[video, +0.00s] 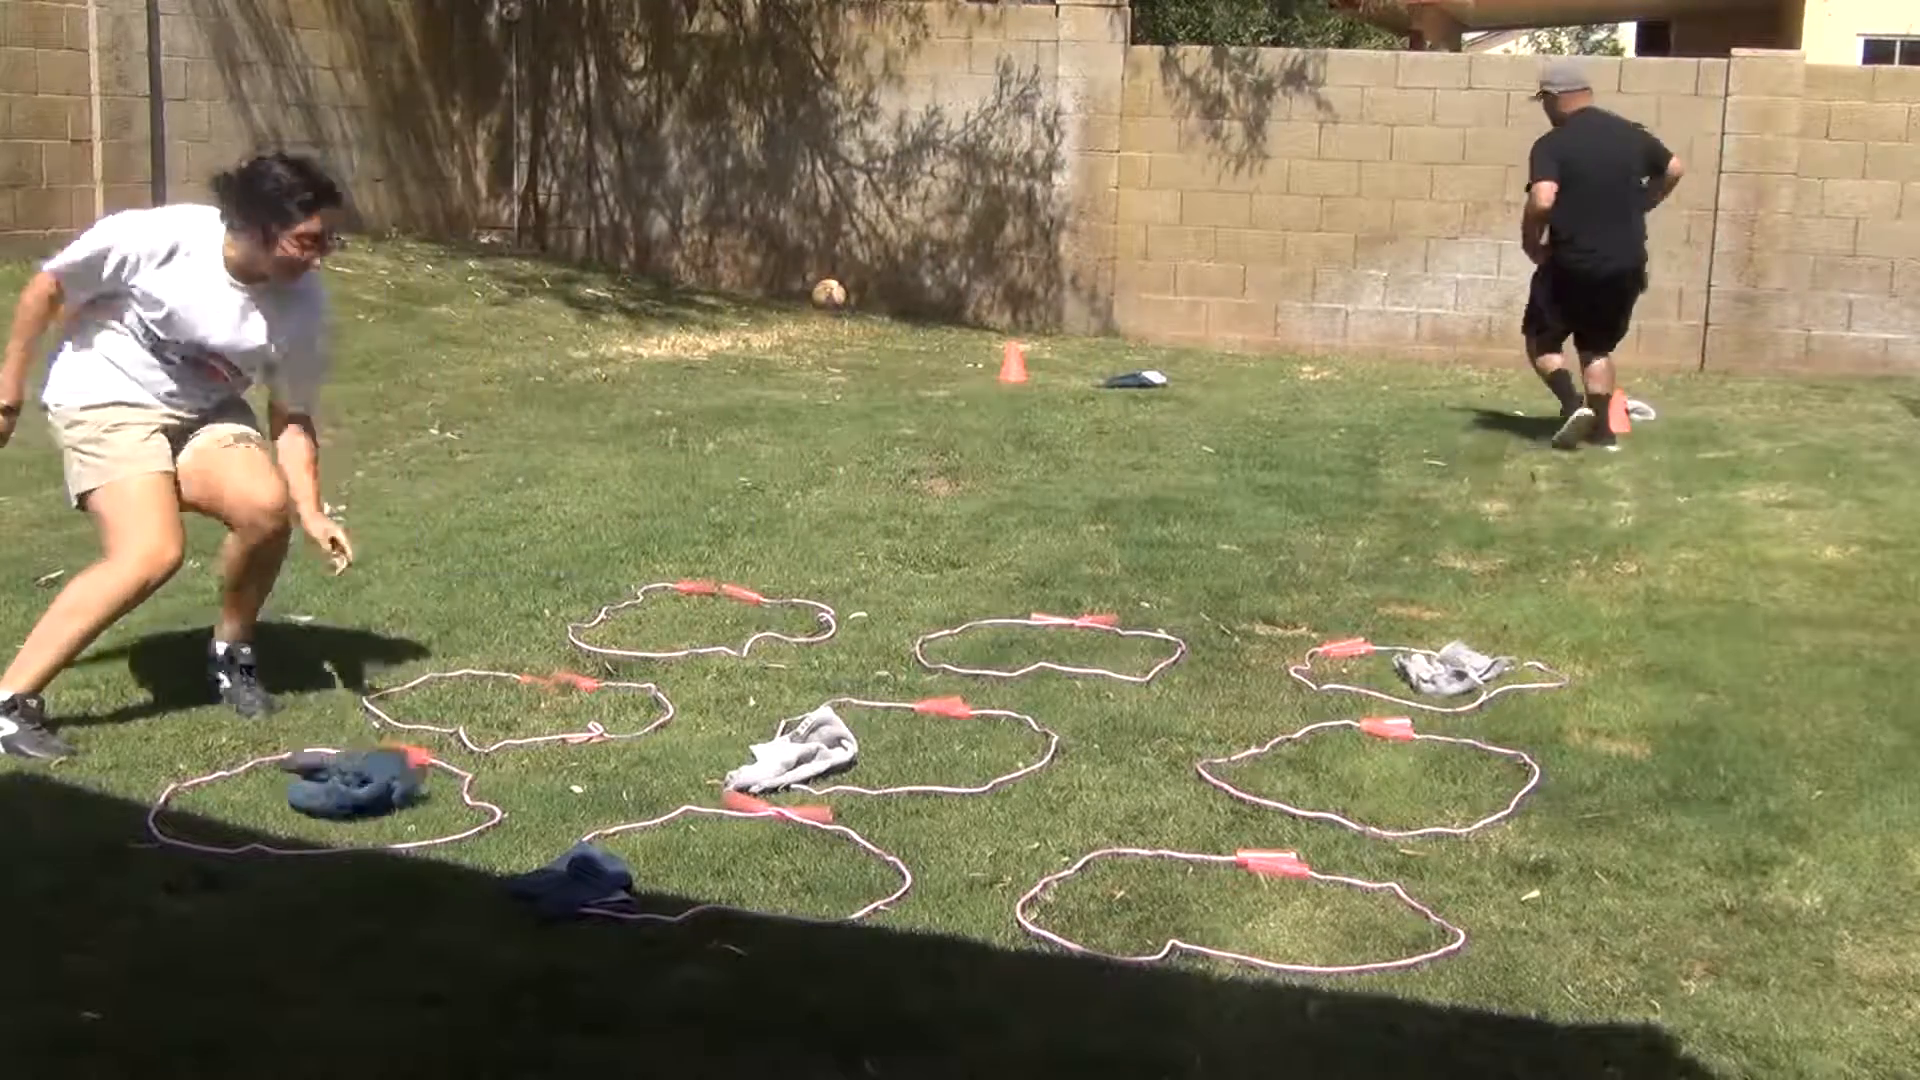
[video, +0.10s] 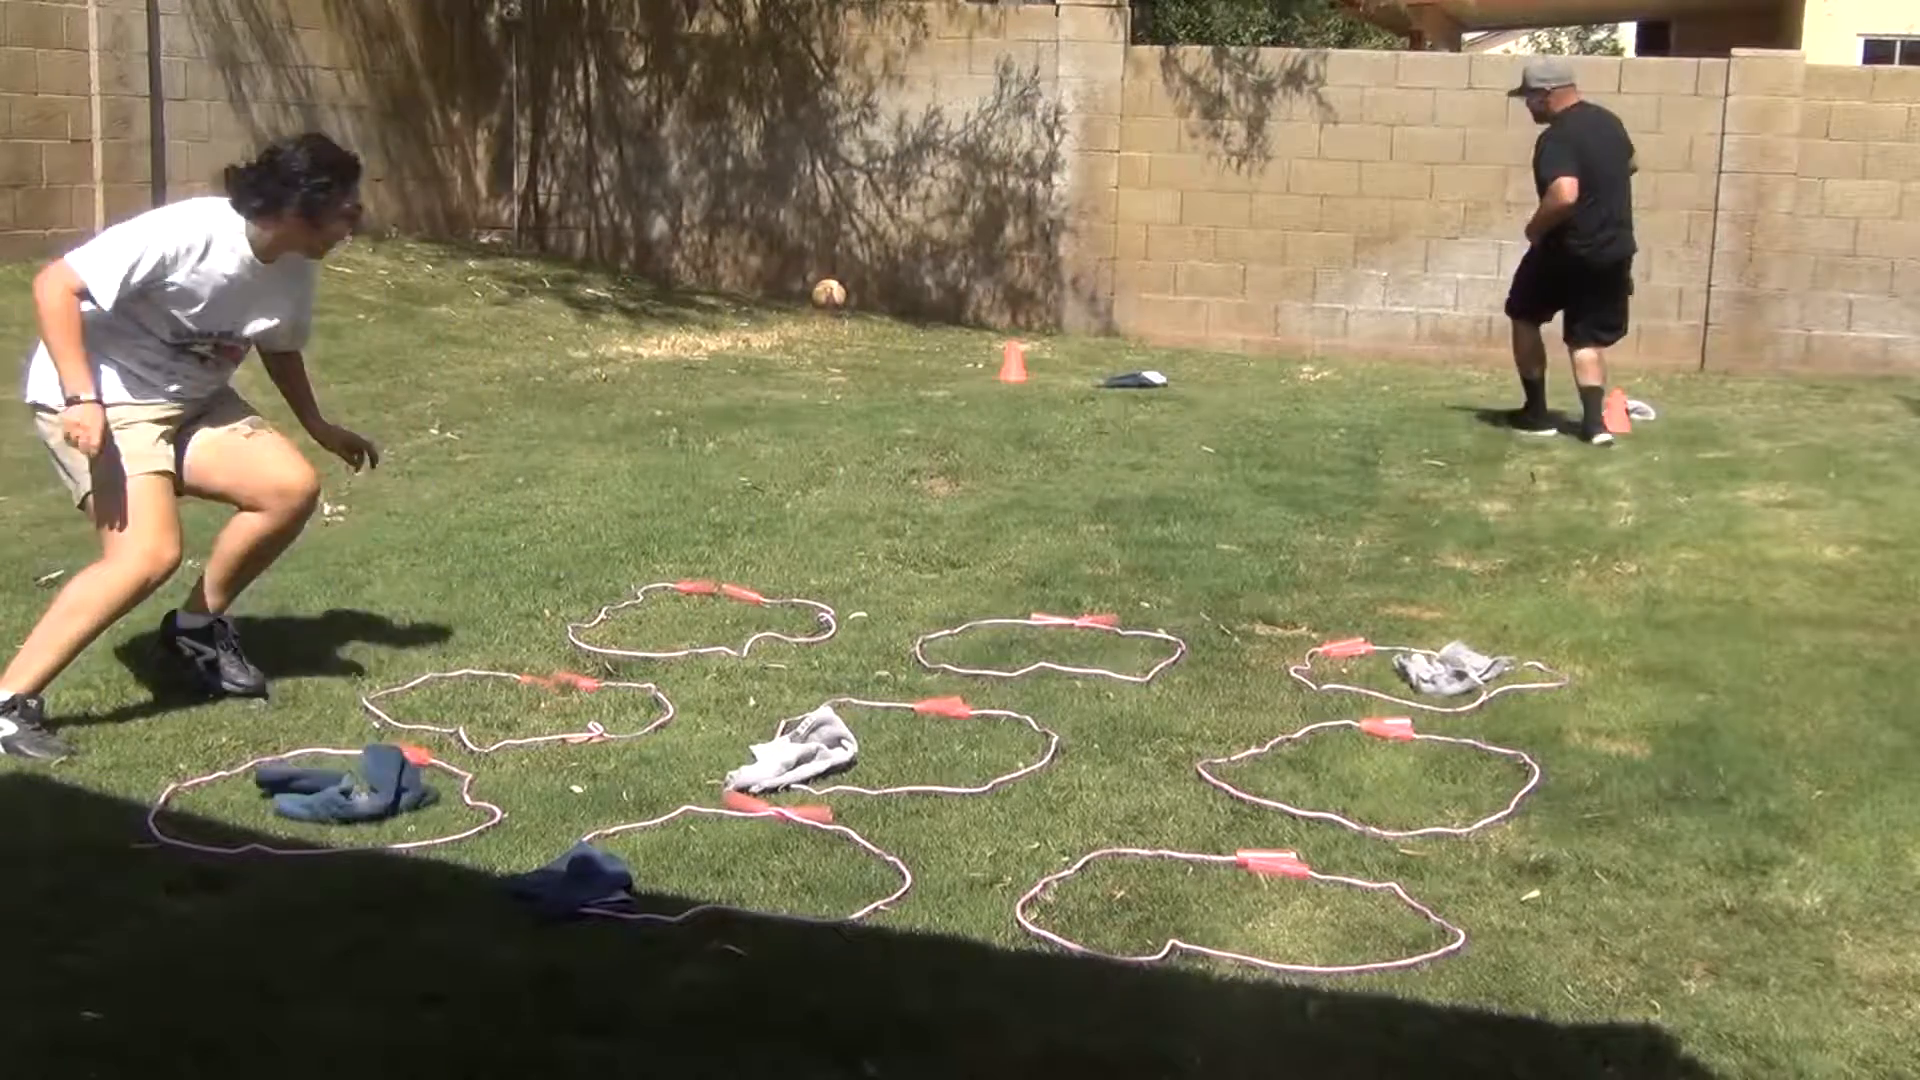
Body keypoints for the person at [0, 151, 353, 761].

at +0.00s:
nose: (320, 256)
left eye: (326, 241)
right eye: (309, 241)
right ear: (262, 228)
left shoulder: (302, 306)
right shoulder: (158, 239)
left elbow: (295, 418)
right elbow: (47, 285)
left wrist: (314, 513)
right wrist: (9, 393)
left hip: (207, 411)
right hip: (108, 396)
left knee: (269, 506)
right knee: (149, 552)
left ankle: (232, 652)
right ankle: (10, 699)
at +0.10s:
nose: (355, 224)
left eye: (354, 211)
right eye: (346, 212)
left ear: (299, 214)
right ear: (298, 212)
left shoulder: (294, 267)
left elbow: (280, 347)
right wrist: (81, 399)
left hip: (191, 399)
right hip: (104, 399)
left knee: (291, 489)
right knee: (149, 552)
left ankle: (197, 624)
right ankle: (9, 699)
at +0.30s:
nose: (385, 146)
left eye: (384, 131)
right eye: (381, 132)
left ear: (322, 119)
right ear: (360, 136)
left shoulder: (311, 192)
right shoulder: (274, 176)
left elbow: (256, 287)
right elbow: (192, 264)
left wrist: (282, 347)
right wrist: (264, 352)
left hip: (215, 363)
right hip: (166, 351)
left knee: (270, 507)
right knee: (144, 511)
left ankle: (137, 613)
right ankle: (47, 666)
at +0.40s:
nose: (408, 139)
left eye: (409, 125)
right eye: (406, 125)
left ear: (344, 113)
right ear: (383, 125)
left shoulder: (320, 168)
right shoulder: (330, 165)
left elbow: (309, 299)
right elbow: (243, 238)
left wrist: (383, 334)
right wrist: (234, 344)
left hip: (173, 331)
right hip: (212, 341)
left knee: (249, 497)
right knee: (270, 504)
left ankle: (140, 609)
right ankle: (139, 583)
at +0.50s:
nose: (438, 133)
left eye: (440, 120)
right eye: (436, 118)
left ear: (378, 104)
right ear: (416, 115)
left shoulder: (373, 186)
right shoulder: (371, 144)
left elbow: (423, 271)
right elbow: (288, 160)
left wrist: (495, 226)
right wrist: (265, 243)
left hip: (202, 316)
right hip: (275, 321)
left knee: (239, 483)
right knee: (373, 443)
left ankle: (127, 613)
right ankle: (267, 549)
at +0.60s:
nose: (483, 107)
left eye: (485, 96)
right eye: (483, 95)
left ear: (425, 77)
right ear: (469, 92)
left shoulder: (438, 172)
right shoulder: (425, 117)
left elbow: (481, 246)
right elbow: (350, 118)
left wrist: (562, 230)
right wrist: (349, 212)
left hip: (276, 287)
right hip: (351, 296)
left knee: (249, 446)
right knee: (435, 408)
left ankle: (164, 578)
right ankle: (382, 561)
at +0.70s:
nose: (527, 101)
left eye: (527, 90)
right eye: (527, 90)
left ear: (468, 85)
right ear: (516, 86)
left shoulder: (434, 130)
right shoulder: (495, 125)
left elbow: (422, 234)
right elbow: (451, 168)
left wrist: (495, 300)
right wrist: (476, 269)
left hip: (340, 285)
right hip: (410, 294)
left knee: (374, 449)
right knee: (469, 432)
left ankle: (263, 513)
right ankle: (396, 569)